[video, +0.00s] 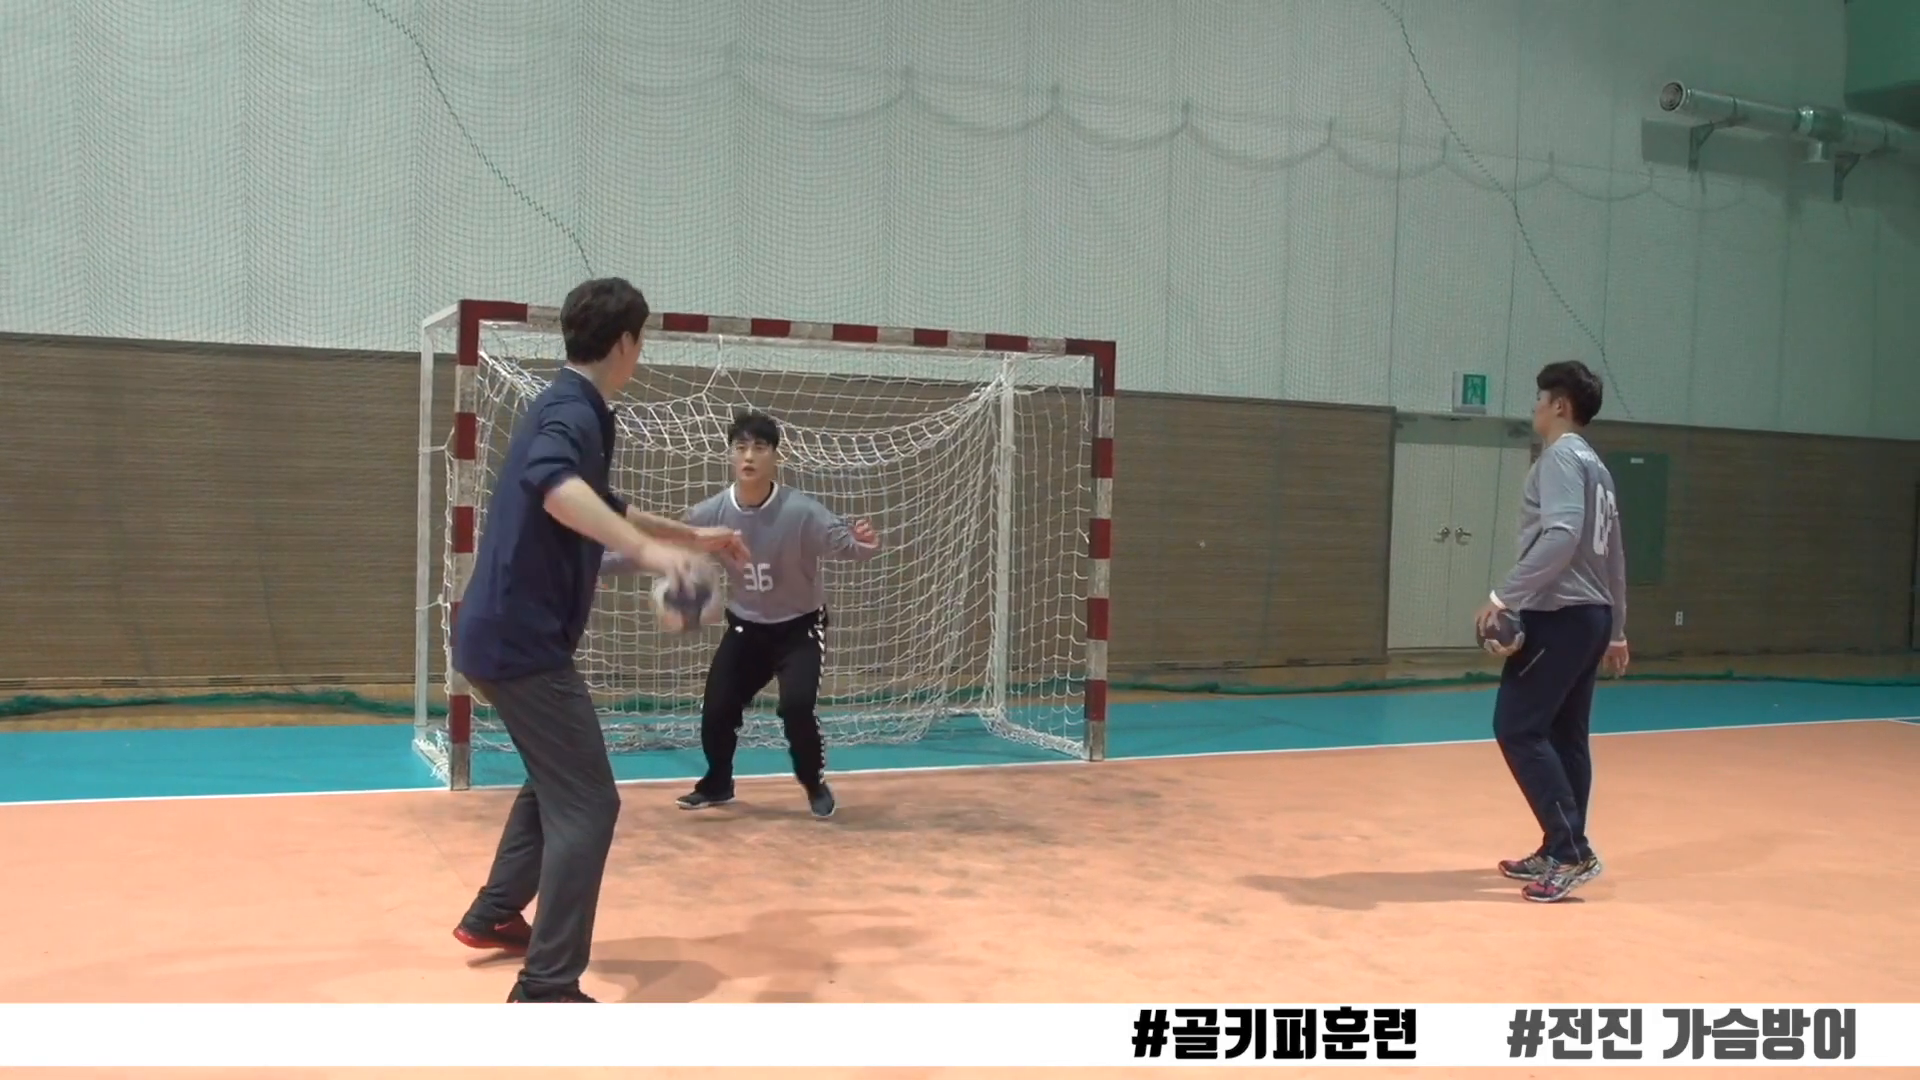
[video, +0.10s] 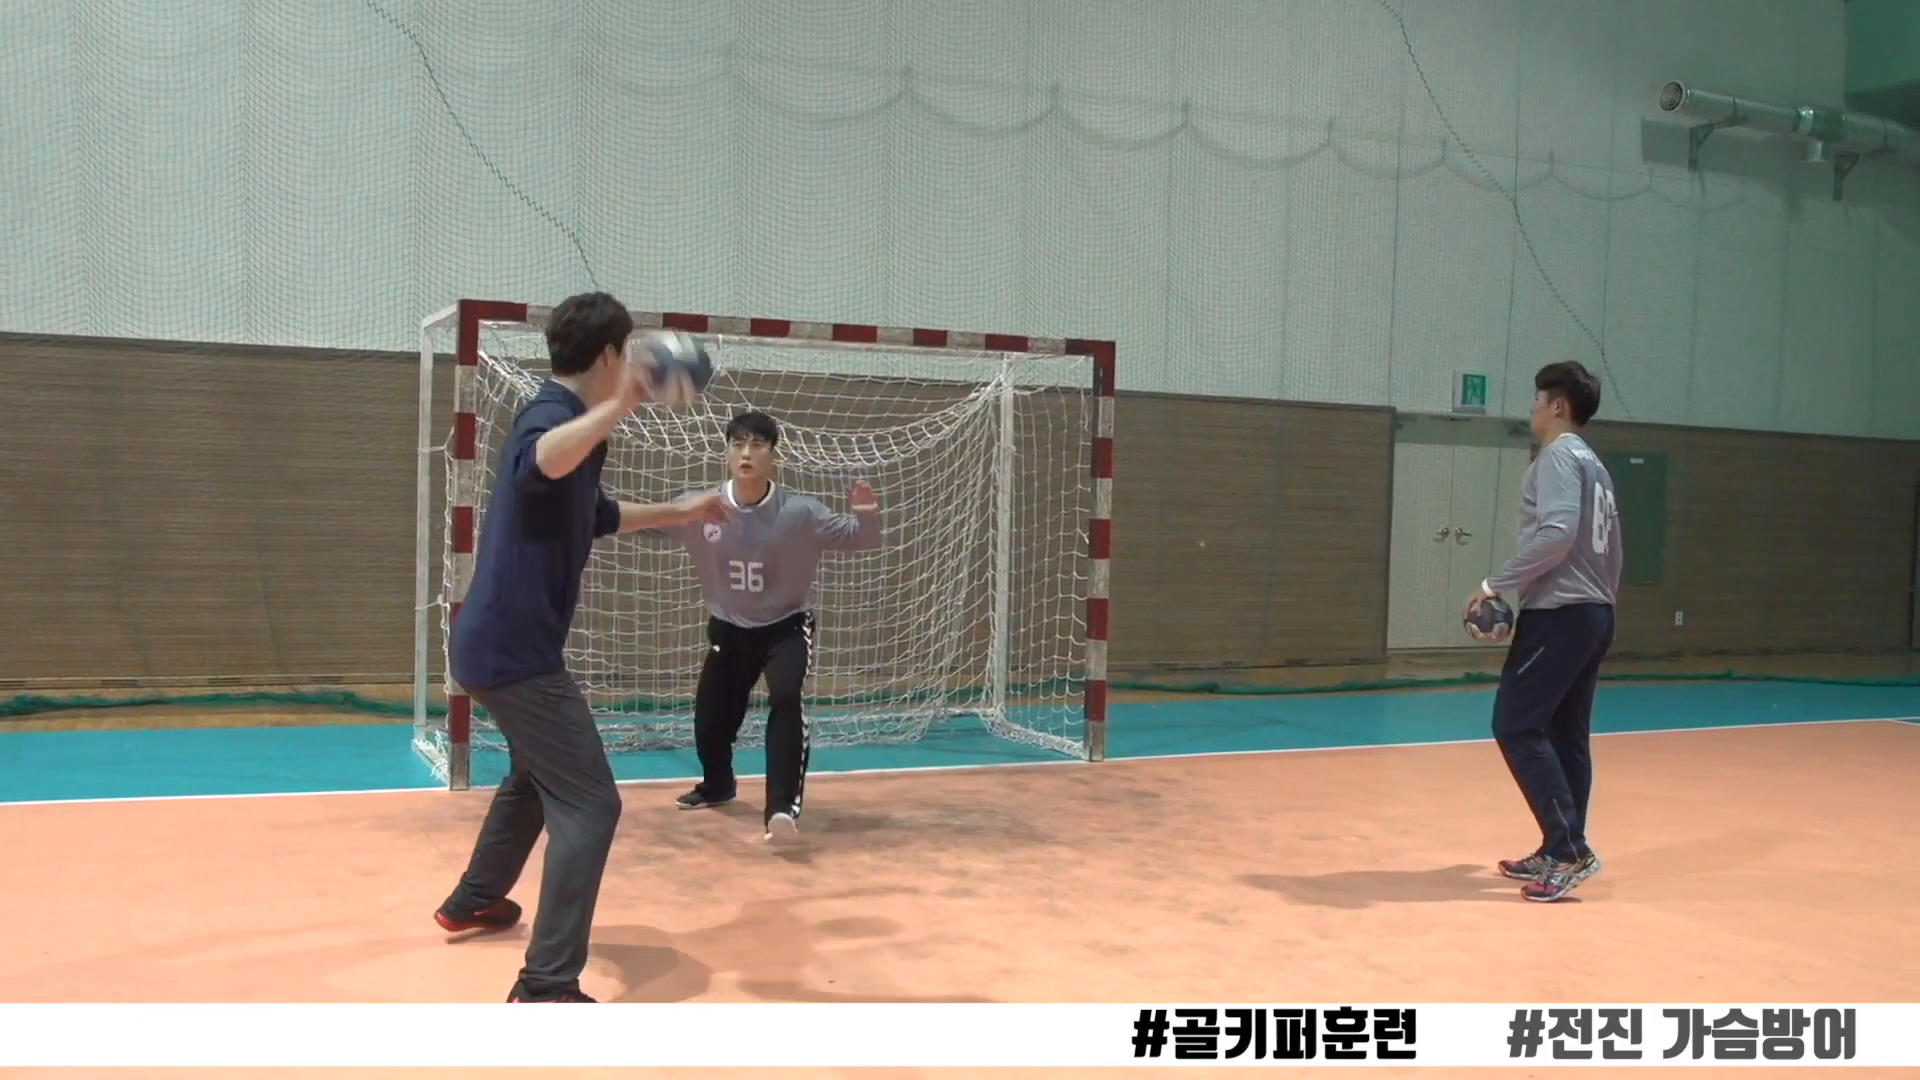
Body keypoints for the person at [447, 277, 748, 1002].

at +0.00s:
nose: (640, 354)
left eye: (639, 341)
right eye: (639, 340)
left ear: (582, 338)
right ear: (622, 342)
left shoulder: (586, 411)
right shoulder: (567, 407)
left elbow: (609, 512)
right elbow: (555, 488)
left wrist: (697, 538)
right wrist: (648, 553)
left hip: (519, 634)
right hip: (515, 639)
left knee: (559, 779)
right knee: (588, 803)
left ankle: (493, 915)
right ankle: (549, 985)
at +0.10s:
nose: (630, 365)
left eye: (630, 353)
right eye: (627, 353)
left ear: (570, 355)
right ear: (606, 356)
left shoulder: (574, 427)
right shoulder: (551, 411)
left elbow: (596, 517)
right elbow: (543, 461)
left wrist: (682, 513)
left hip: (503, 640)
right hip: (514, 646)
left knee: (538, 775)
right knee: (591, 805)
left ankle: (475, 897)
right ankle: (548, 984)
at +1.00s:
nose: (408, 336)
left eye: (405, 324)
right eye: (401, 324)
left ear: (353, 330)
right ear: (374, 327)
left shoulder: (322, 410)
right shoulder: (382, 400)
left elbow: (295, 530)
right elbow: (446, 501)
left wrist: (386, 538)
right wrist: (502, 556)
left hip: (335, 607)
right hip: (369, 610)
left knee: (423, 754)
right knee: (386, 777)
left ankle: (450, 896)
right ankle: (279, 923)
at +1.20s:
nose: (360, 339)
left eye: (359, 325)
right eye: (355, 325)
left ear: (309, 327)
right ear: (324, 326)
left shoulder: (275, 397)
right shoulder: (304, 405)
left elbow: (267, 528)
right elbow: (289, 533)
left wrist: (336, 568)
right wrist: (339, 632)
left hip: (274, 613)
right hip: (268, 619)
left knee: (366, 730)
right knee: (324, 772)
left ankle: (346, 891)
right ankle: (266, 936)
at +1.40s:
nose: (294, 324)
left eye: (294, 310)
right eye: (288, 310)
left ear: (249, 315)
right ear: (254, 314)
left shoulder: (236, 392)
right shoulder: (210, 388)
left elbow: (215, 517)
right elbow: (138, 484)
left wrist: (286, 556)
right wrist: (153, 576)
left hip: (210, 621)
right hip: (200, 623)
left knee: (204, 775)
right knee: (252, 770)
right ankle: (263, 935)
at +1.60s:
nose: (217, 342)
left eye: (217, 329)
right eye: (210, 328)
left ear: (169, 330)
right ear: (174, 328)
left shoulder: (154, 413)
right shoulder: (121, 399)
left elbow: (150, 547)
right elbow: (29, 488)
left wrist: (232, 571)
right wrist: (43, 577)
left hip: (80, 639)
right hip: (86, 639)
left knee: (20, 793)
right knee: (173, 779)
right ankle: (246, 932)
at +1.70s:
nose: (190, 340)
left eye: (190, 326)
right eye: (184, 325)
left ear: (141, 324)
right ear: (148, 323)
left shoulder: (123, 408)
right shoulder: (93, 387)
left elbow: (104, 546)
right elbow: (14, 477)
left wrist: (189, 572)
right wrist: (19, 590)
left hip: (45, 631)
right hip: (42, 630)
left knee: (3, 786)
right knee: (131, 770)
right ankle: (193, 935)